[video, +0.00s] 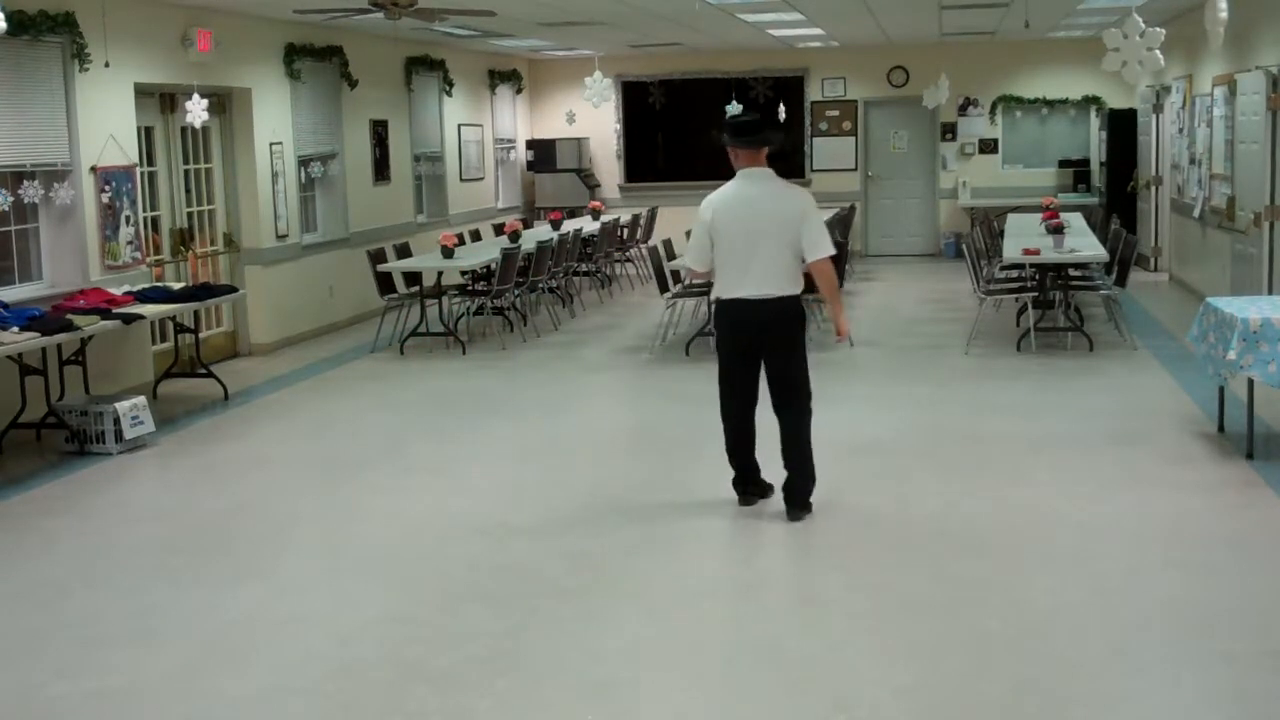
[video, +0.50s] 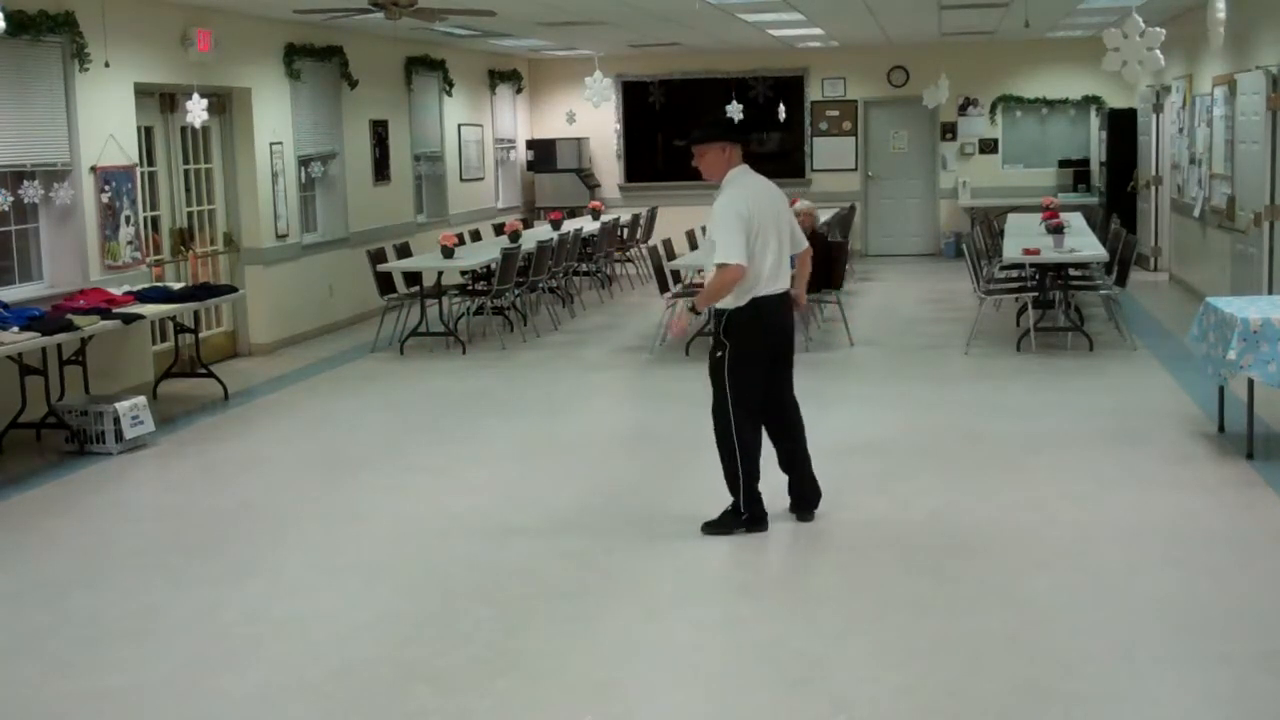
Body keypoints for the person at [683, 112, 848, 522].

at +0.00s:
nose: (731, 156)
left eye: (730, 150)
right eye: (734, 149)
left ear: (731, 152)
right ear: (768, 149)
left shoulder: (715, 203)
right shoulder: (797, 198)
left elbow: (698, 270)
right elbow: (819, 262)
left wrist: (732, 255)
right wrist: (839, 313)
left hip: (733, 317)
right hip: (784, 316)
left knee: (737, 402)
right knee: (793, 404)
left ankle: (747, 483)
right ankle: (798, 499)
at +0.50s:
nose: (696, 165)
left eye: (701, 156)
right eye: (694, 157)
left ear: (726, 151)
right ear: (731, 153)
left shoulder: (729, 201)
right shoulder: (769, 189)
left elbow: (733, 270)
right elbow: (803, 251)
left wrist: (693, 307)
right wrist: (798, 294)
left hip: (742, 320)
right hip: (778, 314)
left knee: (732, 415)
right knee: (780, 405)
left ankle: (746, 508)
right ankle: (805, 494)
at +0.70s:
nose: (673, 166)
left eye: (677, 157)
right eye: (671, 158)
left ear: (704, 151)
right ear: (705, 153)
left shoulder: (718, 194)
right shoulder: (727, 186)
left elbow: (736, 266)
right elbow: (746, 259)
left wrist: (729, 328)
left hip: (730, 317)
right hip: (741, 311)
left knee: (728, 415)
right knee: (742, 412)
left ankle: (748, 508)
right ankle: (757, 501)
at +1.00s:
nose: (642, 175)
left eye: (648, 165)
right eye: (639, 167)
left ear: (673, 162)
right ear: (653, 169)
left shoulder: (710, 209)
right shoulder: (661, 210)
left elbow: (746, 272)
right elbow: (665, 278)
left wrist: (759, 333)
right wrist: (644, 329)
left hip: (710, 330)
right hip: (678, 330)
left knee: (683, 424)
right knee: (716, 418)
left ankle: (670, 524)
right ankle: (755, 494)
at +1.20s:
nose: (615, 164)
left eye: (622, 155)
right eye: (613, 156)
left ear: (650, 154)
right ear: (632, 158)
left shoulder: (691, 205)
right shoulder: (628, 213)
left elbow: (720, 273)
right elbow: (625, 283)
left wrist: (734, 336)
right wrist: (612, 335)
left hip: (688, 332)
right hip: (642, 332)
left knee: (682, 431)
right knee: (630, 423)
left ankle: (670, 523)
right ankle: (681, 490)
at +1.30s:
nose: (602, 164)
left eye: (609, 155)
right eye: (600, 156)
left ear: (638, 155)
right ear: (609, 161)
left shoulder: (679, 207)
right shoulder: (609, 213)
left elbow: (708, 277)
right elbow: (610, 286)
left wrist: (711, 343)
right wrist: (595, 339)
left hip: (676, 337)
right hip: (626, 339)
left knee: (678, 436)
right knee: (606, 436)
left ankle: (673, 521)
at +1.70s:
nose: (541, 161)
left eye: (550, 151)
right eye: (539, 153)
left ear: (581, 154)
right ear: (548, 160)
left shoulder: (621, 213)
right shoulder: (546, 223)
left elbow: (640, 289)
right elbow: (546, 301)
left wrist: (625, 360)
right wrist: (527, 357)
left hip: (611, 350)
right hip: (562, 352)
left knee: (621, 455)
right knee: (555, 463)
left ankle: (649, 508)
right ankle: (563, 564)